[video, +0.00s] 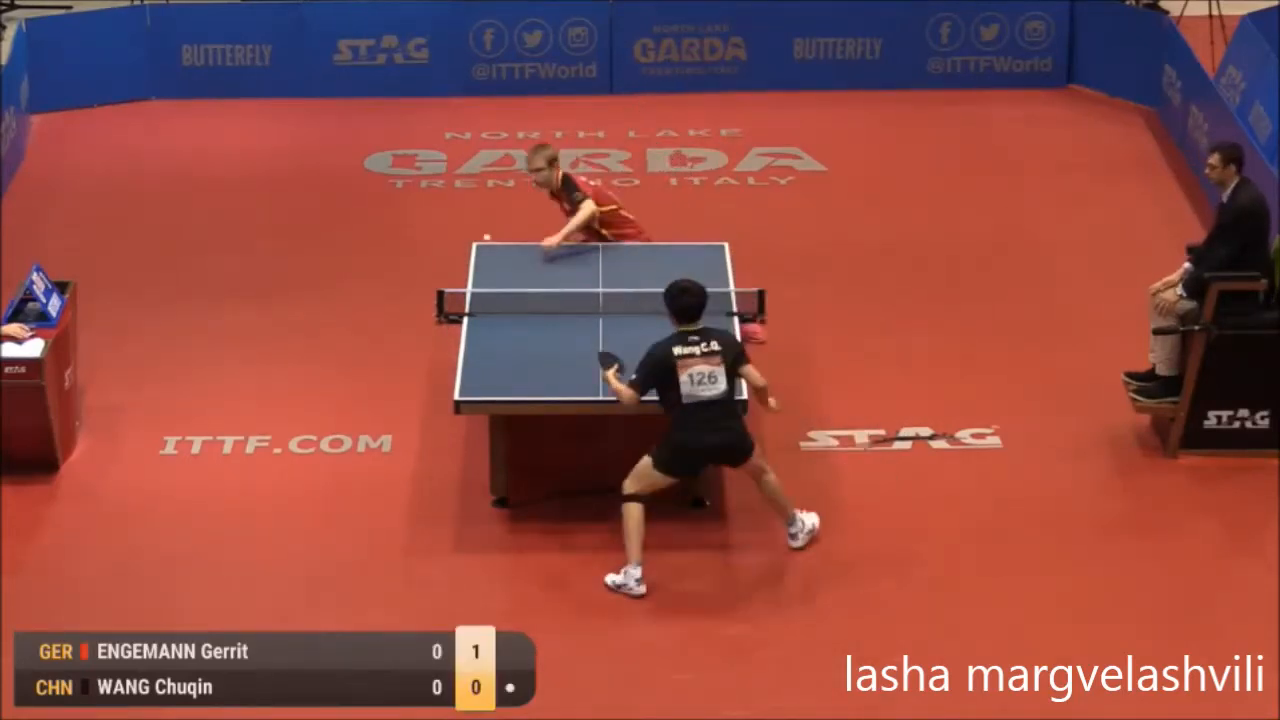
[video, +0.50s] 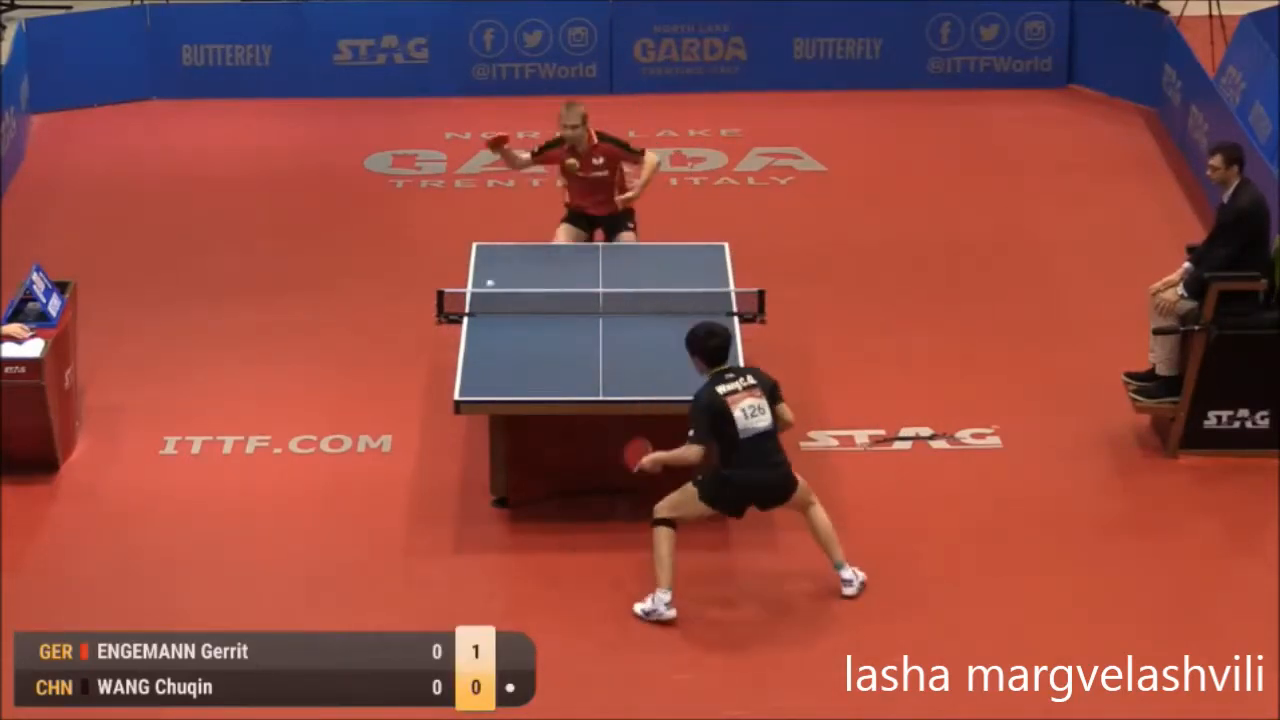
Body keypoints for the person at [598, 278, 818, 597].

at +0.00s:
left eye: (670, 307)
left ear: (670, 312)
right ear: (703, 310)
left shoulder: (661, 351)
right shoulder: (725, 341)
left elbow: (629, 398)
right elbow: (759, 383)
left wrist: (611, 379)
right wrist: (766, 400)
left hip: (686, 443)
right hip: (730, 437)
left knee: (632, 489)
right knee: (763, 474)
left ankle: (632, 574)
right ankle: (796, 526)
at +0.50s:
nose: (691, 360)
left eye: (691, 356)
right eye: (693, 354)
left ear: (697, 359)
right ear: (728, 350)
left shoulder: (706, 397)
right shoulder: (757, 377)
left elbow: (694, 454)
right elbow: (786, 419)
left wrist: (659, 458)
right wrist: (756, 434)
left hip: (732, 482)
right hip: (776, 477)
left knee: (663, 513)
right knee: (810, 504)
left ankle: (662, 600)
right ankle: (846, 574)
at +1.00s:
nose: (663, 365)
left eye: (663, 358)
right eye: (661, 359)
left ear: (678, 354)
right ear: (688, 345)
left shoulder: (708, 382)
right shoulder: (715, 352)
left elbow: (735, 442)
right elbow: (745, 385)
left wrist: (704, 485)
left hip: (754, 455)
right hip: (764, 441)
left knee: (702, 523)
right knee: (721, 499)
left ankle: (706, 619)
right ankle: (735, 562)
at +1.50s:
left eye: (658, 282)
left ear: (653, 287)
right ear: (687, 287)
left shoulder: (639, 325)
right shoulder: (706, 321)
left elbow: (628, 385)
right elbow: (732, 371)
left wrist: (643, 397)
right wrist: (713, 391)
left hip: (653, 417)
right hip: (699, 418)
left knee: (607, 471)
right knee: (722, 482)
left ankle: (589, 550)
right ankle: (742, 559)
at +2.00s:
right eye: (572, 287)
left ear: (545, 289)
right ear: (576, 291)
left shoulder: (525, 317)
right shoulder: (588, 329)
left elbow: (480, 335)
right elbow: (616, 376)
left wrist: (501, 349)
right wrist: (602, 368)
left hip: (515, 413)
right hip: (559, 420)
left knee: (483, 454)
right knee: (610, 474)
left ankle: (450, 520)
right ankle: (588, 556)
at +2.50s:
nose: (495, 320)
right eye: (495, 317)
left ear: (465, 314)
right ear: (493, 322)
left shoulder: (443, 331)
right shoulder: (497, 348)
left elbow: (420, 327)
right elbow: (530, 366)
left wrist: (442, 324)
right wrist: (524, 343)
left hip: (422, 427)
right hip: (459, 435)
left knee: (416, 460)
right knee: (527, 485)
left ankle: (388, 521)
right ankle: (572, 558)